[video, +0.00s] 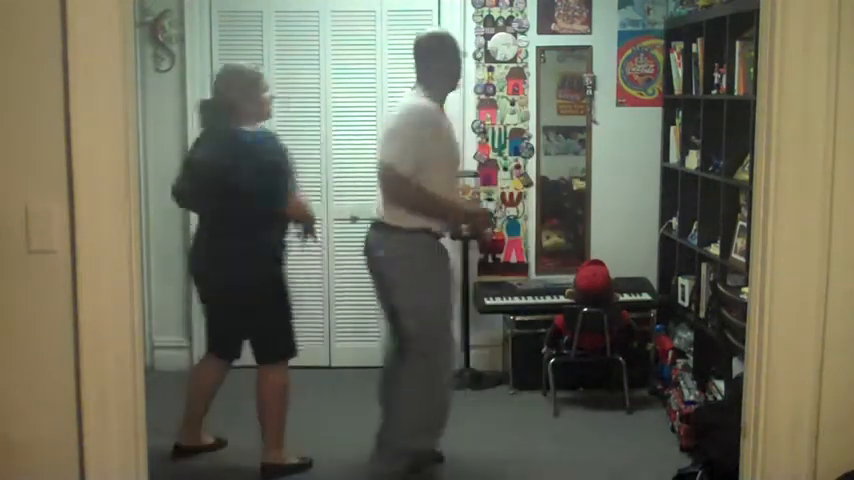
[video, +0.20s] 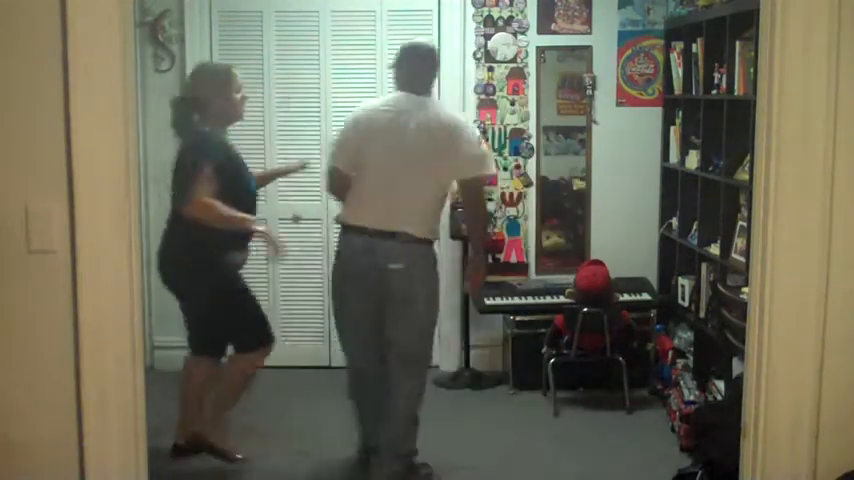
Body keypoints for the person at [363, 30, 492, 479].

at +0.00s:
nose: (462, 68)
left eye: (460, 59)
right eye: (456, 59)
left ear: (427, 63)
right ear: (439, 64)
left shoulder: (432, 117)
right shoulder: (416, 115)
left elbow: (423, 188)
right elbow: (394, 185)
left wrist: (464, 217)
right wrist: (461, 213)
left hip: (415, 244)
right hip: (405, 246)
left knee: (417, 348)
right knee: (426, 349)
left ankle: (401, 449)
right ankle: (409, 453)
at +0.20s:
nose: (400, 77)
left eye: (399, 70)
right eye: (414, 70)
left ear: (396, 73)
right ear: (435, 76)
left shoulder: (365, 117)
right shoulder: (454, 128)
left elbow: (336, 182)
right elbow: (475, 203)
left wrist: (374, 203)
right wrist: (478, 261)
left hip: (355, 252)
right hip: (412, 255)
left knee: (361, 355)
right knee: (407, 360)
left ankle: (370, 448)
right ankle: (397, 460)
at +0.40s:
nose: (353, 78)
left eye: (356, 72)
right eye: (356, 71)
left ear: (365, 75)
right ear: (397, 76)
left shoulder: (346, 122)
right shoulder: (426, 130)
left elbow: (318, 184)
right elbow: (454, 201)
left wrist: (310, 223)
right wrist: (464, 263)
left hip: (353, 261)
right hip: (411, 261)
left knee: (325, 355)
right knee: (401, 365)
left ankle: (322, 451)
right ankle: (396, 459)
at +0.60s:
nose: (321, 83)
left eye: (327, 76)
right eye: (323, 76)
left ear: (347, 78)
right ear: (361, 79)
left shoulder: (354, 124)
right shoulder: (379, 123)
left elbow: (342, 199)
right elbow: (401, 200)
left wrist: (289, 245)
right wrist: (377, 236)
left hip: (349, 263)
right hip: (374, 262)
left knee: (309, 352)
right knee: (339, 352)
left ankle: (316, 455)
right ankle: (402, 429)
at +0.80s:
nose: (303, 84)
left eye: (311, 77)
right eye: (304, 77)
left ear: (339, 81)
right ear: (325, 84)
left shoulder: (368, 125)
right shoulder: (331, 130)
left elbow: (385, 193)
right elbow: (313, 191)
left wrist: (367, 269)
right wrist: (267, 219)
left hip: (365, 260)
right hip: (336, 257)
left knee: (328, 356)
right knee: (319, 346)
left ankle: (321, 457)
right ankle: (361, 426)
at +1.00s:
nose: (310, 82)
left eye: (320, 74)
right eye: (307, 74)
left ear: (341, 79)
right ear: (301, 80)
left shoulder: (377, 122)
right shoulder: (295, 140)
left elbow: (425, 175)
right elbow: (248, 178)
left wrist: (451, 243)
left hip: (394, 246)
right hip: (347, 248)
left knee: (364, 342)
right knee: (336, 349)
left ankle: (352, 446)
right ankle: (366, 432)